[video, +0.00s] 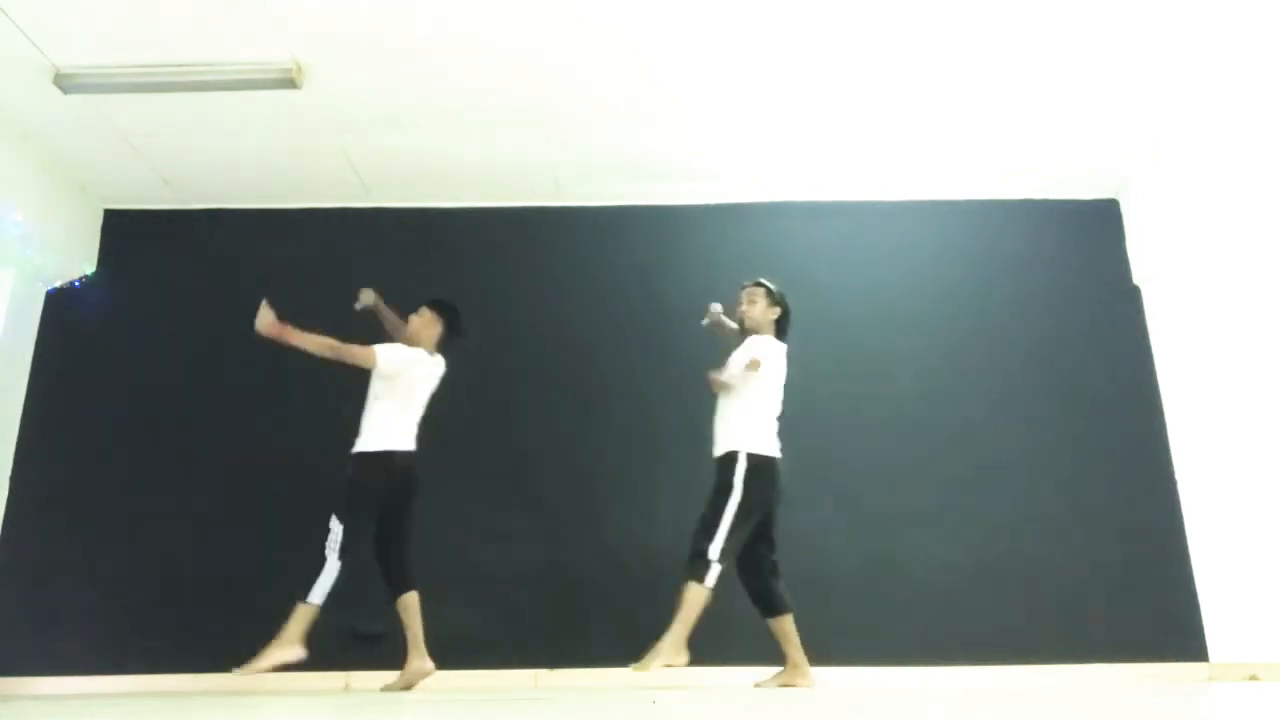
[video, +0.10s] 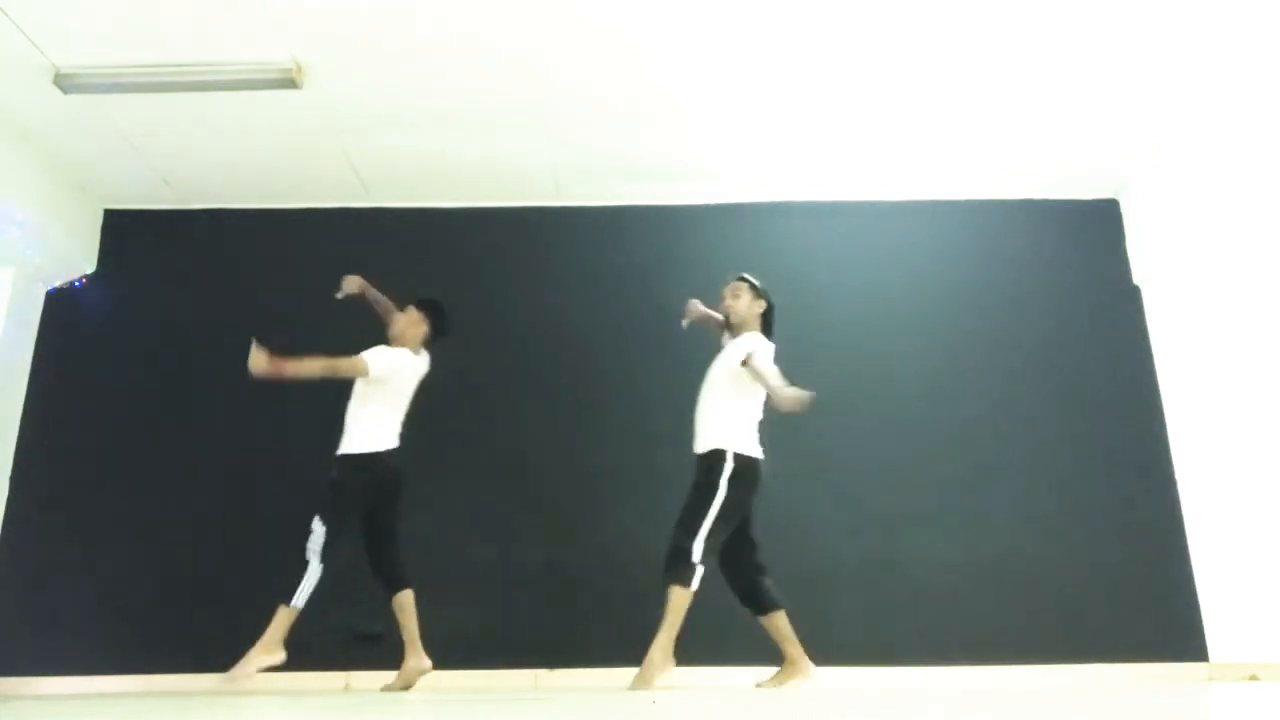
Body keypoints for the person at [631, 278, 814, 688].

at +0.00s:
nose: (742, 308)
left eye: (751, 301)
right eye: (741, 302)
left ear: (773, 312)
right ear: (743, 312)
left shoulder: (764, 346)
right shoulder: (756, 346)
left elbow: (744, 376)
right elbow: (739, 334)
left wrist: (721, 379)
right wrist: (719, 321)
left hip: (747, 461)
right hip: (751, 462)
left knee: (709, 551)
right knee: (757, 565)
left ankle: (673, 645)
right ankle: (797, 666)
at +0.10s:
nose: (726, 302)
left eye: (737, 295)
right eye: (725, 296)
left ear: (760, 306)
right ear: (726, 308)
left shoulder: (756, 345)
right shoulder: (734, 342)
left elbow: (775, 384)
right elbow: (722, 326)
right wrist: (702, 313)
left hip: (731, 460)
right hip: (716, 459)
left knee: (690, 548)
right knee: (741, 565)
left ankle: (660, 653)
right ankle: (797, 660)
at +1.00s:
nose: (803, 257)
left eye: (808, 251)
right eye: (794, 246)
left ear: (810, 261)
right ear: (767, 252)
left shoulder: (807, 328)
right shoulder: (729, 299)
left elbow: (841, 392)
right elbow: (661, 294)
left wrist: (894, 417)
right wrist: (632, 314)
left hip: (771, 447)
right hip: (720, 438)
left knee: (781, 555)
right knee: (739, 546)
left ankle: (699, 634)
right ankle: (744, 666)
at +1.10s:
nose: (835, 259)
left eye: (838, 252)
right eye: (826, 248)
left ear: (837, 264)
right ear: (797, 255)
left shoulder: (828, 331)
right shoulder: (751, 289)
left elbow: (865, 402)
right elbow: (700, 253)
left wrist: (901, 459)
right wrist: (742, 219)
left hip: (794, 446)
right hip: (739, 438)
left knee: (851, 539)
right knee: (751, 549)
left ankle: (807, 643)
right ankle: (746, 666)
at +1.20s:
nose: (856, 259)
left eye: (860, 252)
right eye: (847, 248)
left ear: (860, 265)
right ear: (818, 252)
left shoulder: (851, 330)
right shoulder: (780, 284)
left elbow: (879, 402)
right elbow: (752, 227)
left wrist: (904, 466)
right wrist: (815, 222)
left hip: (833, 448)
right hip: (773, 441)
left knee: (905, 537)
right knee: (765, 560)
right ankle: (749, 671)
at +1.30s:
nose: (877, 254)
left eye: (881, 249)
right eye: (866, 245)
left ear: (883, 262)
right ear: (841, 251)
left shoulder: (887, 326)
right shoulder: (813, 288)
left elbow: (914, 395)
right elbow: (793, 223)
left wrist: (941, 456)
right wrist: (854, 226)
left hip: (885, 448)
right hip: (824, 442)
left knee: (953, 546)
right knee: (793, 559)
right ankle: (752, 669)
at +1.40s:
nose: (908, 246)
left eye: (906, 238)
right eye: (897, 239)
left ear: (901, 256)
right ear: (870, 253)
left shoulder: (922, 319)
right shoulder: (847, 296)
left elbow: (970, 378)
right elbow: (812, 250)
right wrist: (864, 213)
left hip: (942, 447)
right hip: (884, 445)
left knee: (1023, 538)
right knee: (837, 561)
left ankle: (1058, 664)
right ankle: (760, 660)